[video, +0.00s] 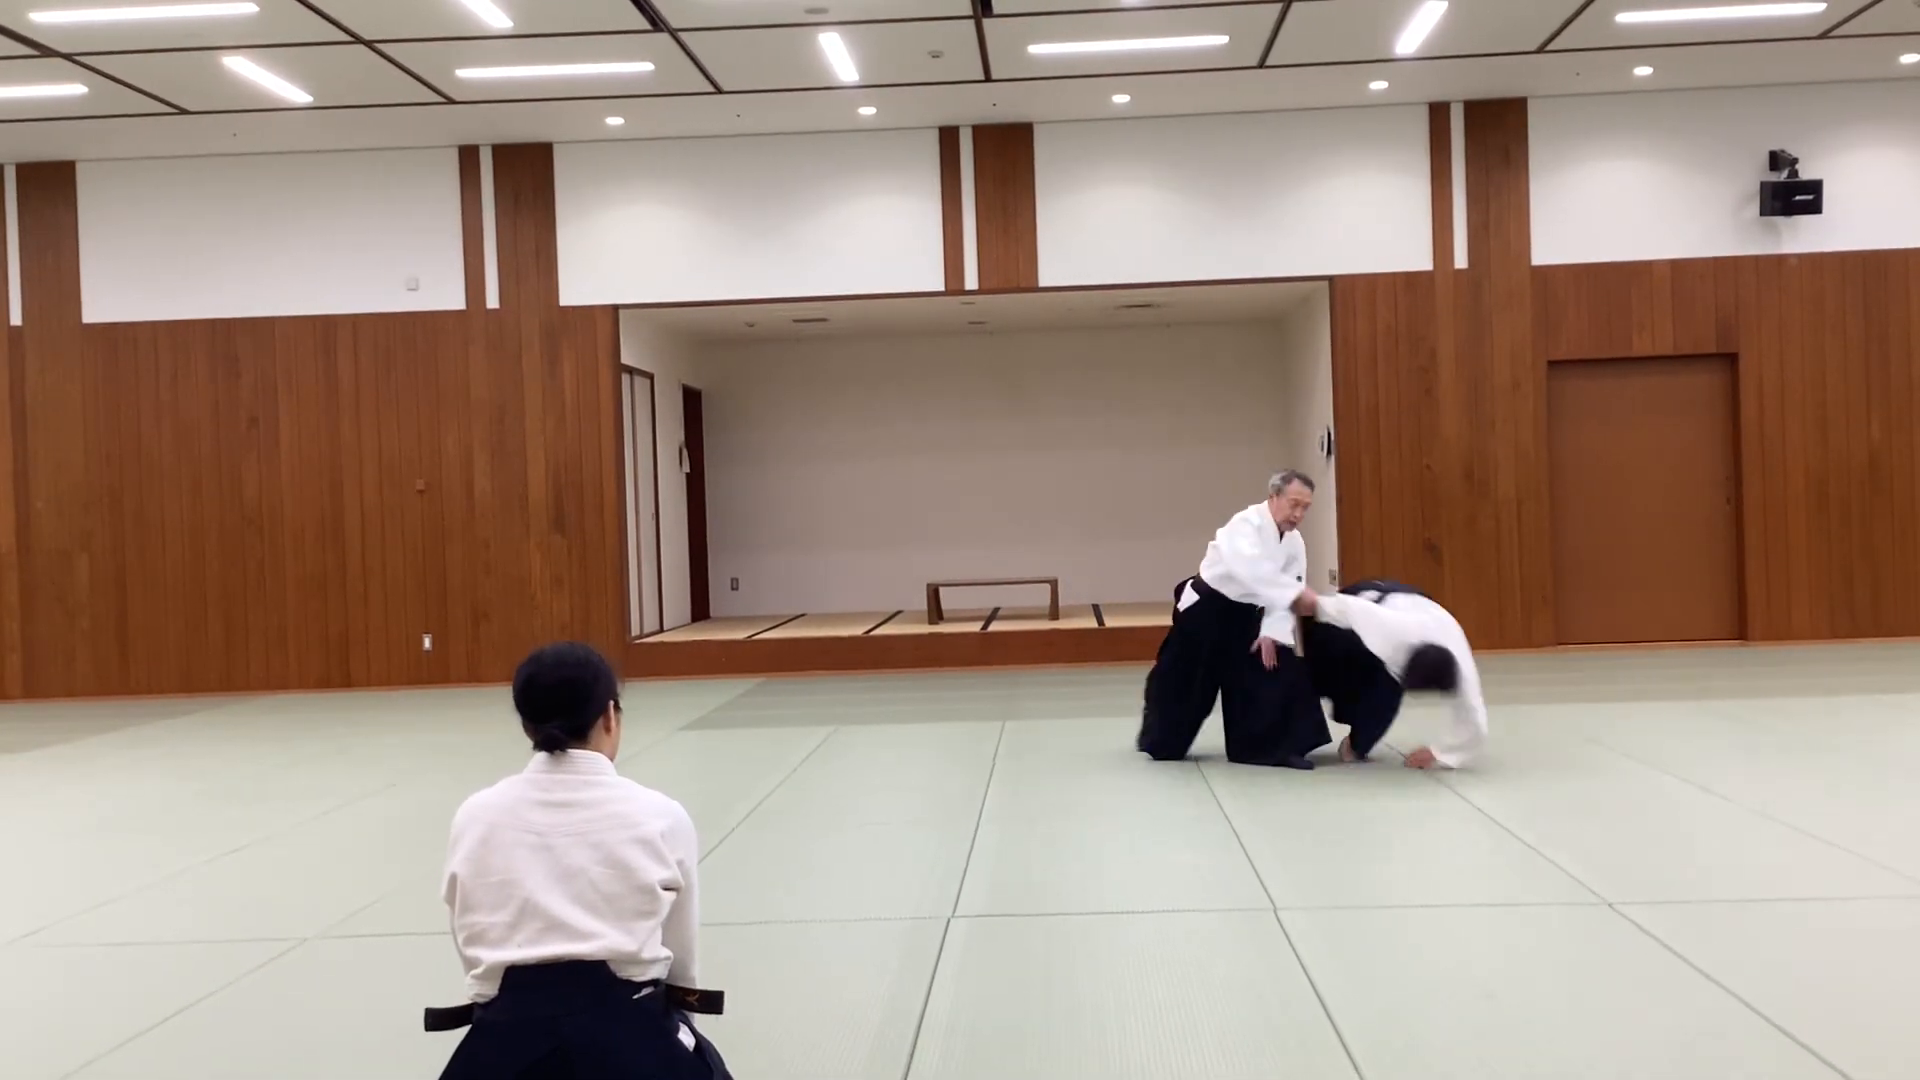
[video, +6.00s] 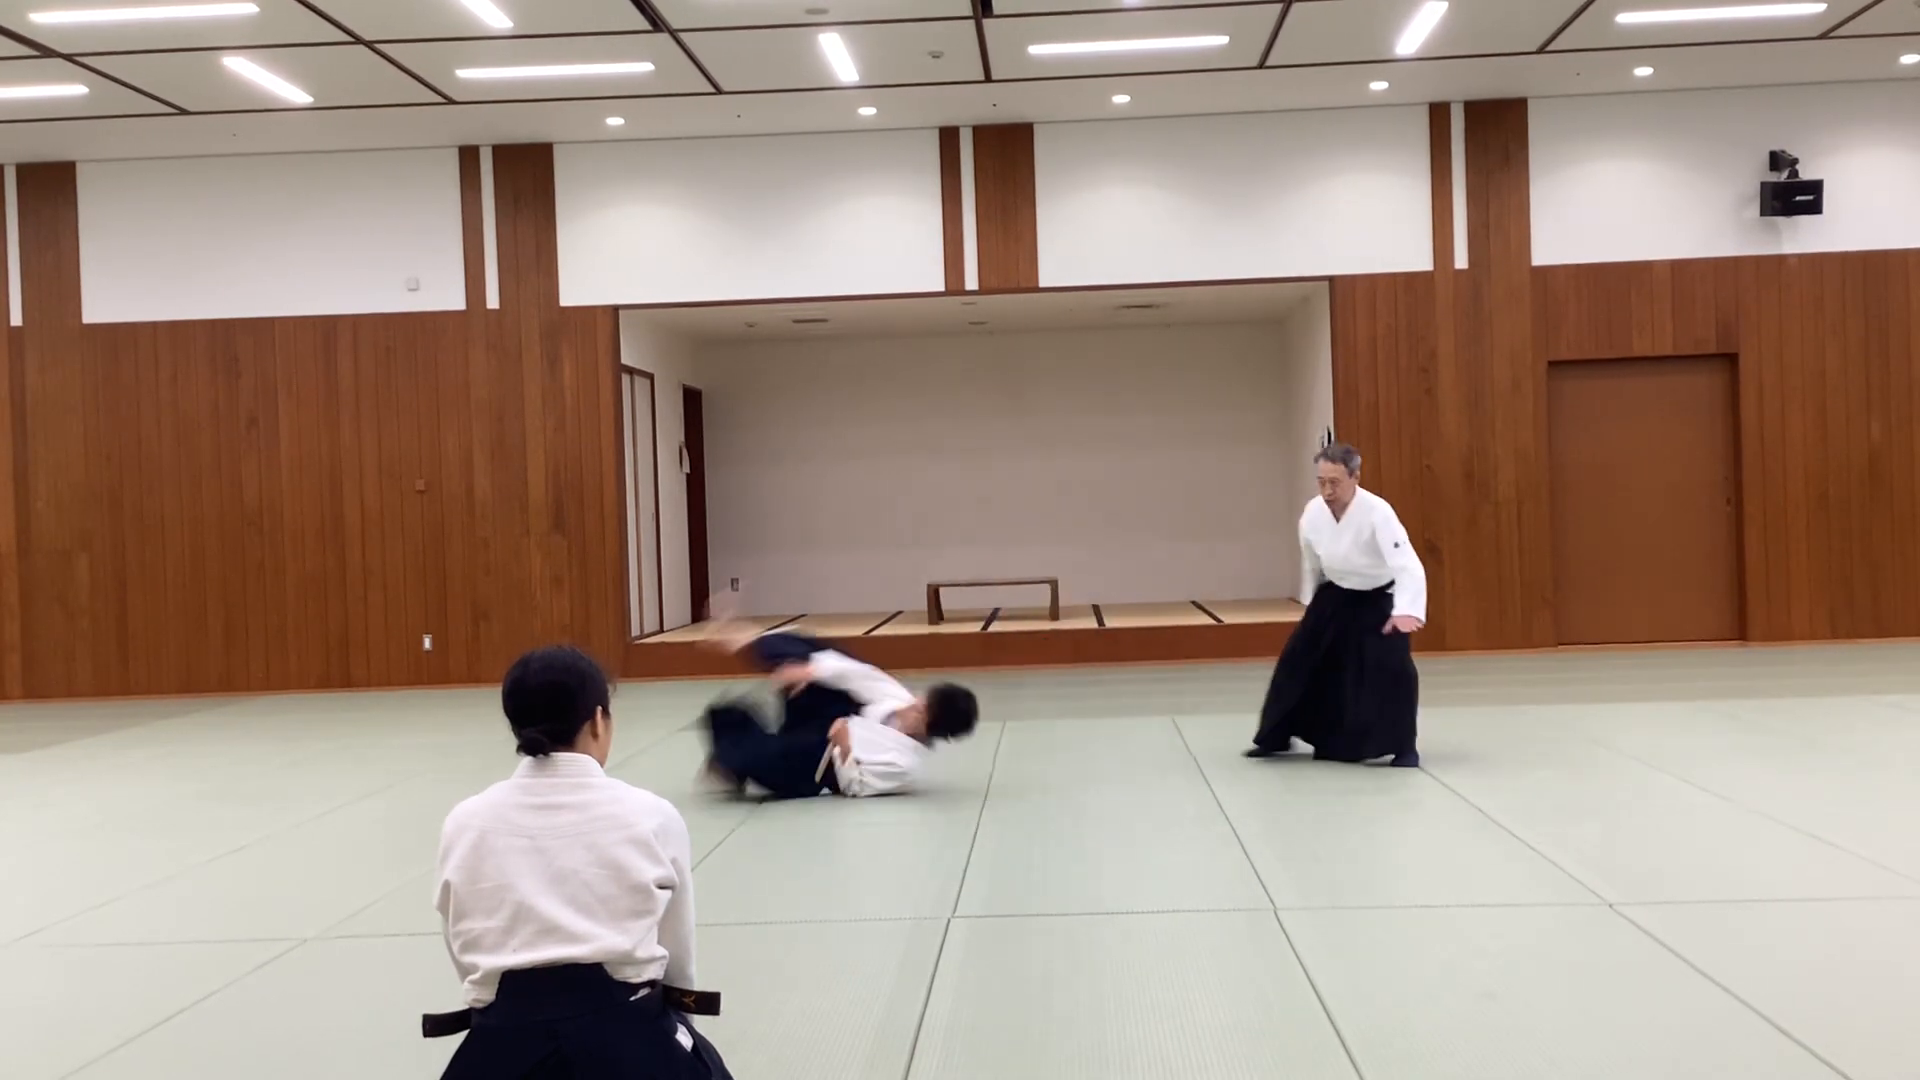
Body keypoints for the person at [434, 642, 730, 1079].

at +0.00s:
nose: (620, 721)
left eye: (618, 709)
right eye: (619, 710)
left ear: (527, 725)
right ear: (609, 717)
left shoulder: (475, 816)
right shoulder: (660, 817)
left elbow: (471, 951)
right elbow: (681, 965)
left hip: (507, 1042)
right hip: (630, 1040)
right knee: (701, 1052)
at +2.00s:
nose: (619, 726)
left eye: (619, 713)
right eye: (619, 714)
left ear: (528, 723)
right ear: (605, 721)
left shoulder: (469, 819)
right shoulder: (656, 817)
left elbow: (467, 955)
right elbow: (680, 965)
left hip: (504, 1046)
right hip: (629, 1043)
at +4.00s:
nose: (611, 726)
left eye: (610, 713)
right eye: (610, 714)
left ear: (519, 724)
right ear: (598, 721)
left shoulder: (465, 822)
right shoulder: (652, 816)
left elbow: (465, 957)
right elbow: (678, 966)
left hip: (503, 1048)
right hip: (629, 1043)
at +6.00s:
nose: (610, 728)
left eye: (609, 715)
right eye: (609, 716)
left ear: (518, 726)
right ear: (597, 722)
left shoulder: (464, 823)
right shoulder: (652, 817)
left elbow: (465, 961)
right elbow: (678, 966)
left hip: (503, 1050)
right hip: (629, 1045)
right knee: (695, 1045)